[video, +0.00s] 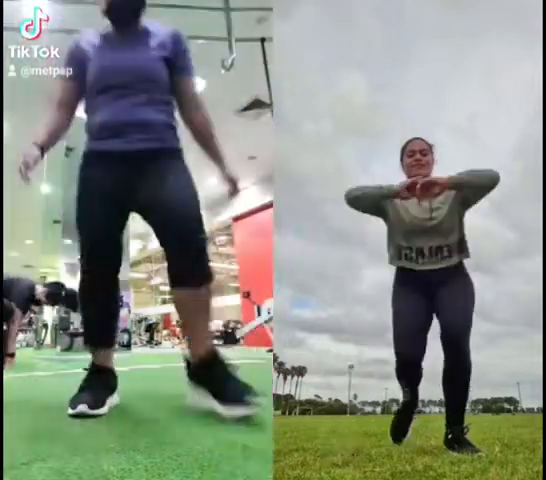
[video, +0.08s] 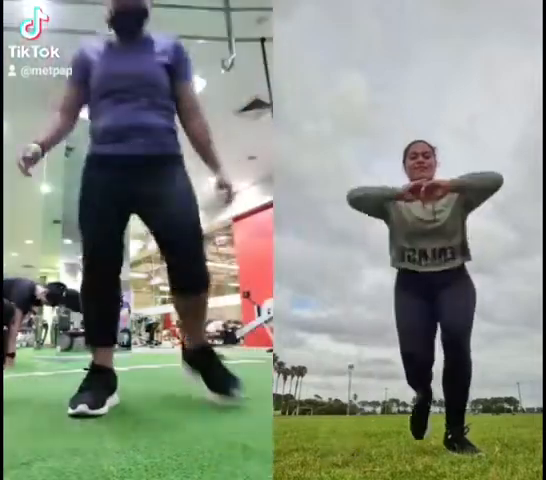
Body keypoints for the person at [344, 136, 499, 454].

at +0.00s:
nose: (417, 158)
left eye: (423, 153)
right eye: (411, 154)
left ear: (434, 160)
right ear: (401, 164)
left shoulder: (455, 194)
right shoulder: (389, 201)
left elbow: (491, 178)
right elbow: (352, 197)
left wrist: (447, 182)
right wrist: (397, 192)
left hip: (452, 281)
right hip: (409, 284)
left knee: (457, 349)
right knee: (406, 357)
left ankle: (456, 433)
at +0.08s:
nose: (420, 160)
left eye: (426, 155)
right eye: (413, 156)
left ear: (436, 163)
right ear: (404, 166)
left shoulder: (458, 198)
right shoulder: (391, 204)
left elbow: (495, 180)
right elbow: (354, 197)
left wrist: (450, 184)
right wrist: (399, 194)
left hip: (453, 284)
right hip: (411, 286)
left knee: (457, 353)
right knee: (414, 361)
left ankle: (455, 433)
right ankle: (423, 395)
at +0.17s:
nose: (429, 177)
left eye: (434, 172)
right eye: (422, 174)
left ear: (445, 179)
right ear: (412, 184)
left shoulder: (467, 214)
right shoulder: (400, 217)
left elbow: (506, 196)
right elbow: (365, 202)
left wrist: (459, 199)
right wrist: (415, 203)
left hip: (461, 298)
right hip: (419, 303)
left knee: (458, 341)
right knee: (435, 388)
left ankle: (456, 434)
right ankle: (459, 417)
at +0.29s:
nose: (433, 197)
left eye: (439, 192)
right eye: (426, 193)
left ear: (449, 198)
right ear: (417, 203)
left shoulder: (472, 232)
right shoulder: (405, 235)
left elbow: (511, 210)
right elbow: (371, 215)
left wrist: (464, 216)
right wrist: (420, 218)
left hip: (468, 315)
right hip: (426, 320)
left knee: (461, 344)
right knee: (440, 390)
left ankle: (457, 427)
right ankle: (461, 433)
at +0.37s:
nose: (437, 214)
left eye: (443, 209)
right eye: (430, 211)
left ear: (453, 217)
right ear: (421, 221)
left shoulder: (476, 251)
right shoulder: (410, 257)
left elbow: (515, 230)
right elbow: (371, 240)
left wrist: (465, 237)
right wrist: (422, 242)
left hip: (473, 331)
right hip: (430, 336)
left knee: (465, 344)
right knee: (442, 398)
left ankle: (460, 429)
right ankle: (461, 437)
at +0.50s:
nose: (439, 219)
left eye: (446, 214)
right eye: (432, 215)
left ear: (456, 221)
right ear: (424, 225)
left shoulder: (477, 261)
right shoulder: (411, 265)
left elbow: (516, 242)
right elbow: (369, 248)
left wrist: (465, 246)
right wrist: (421, 250)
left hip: (476, 340)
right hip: (433, 345)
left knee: (467, 340)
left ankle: (460, 432)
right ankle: (468, 427)